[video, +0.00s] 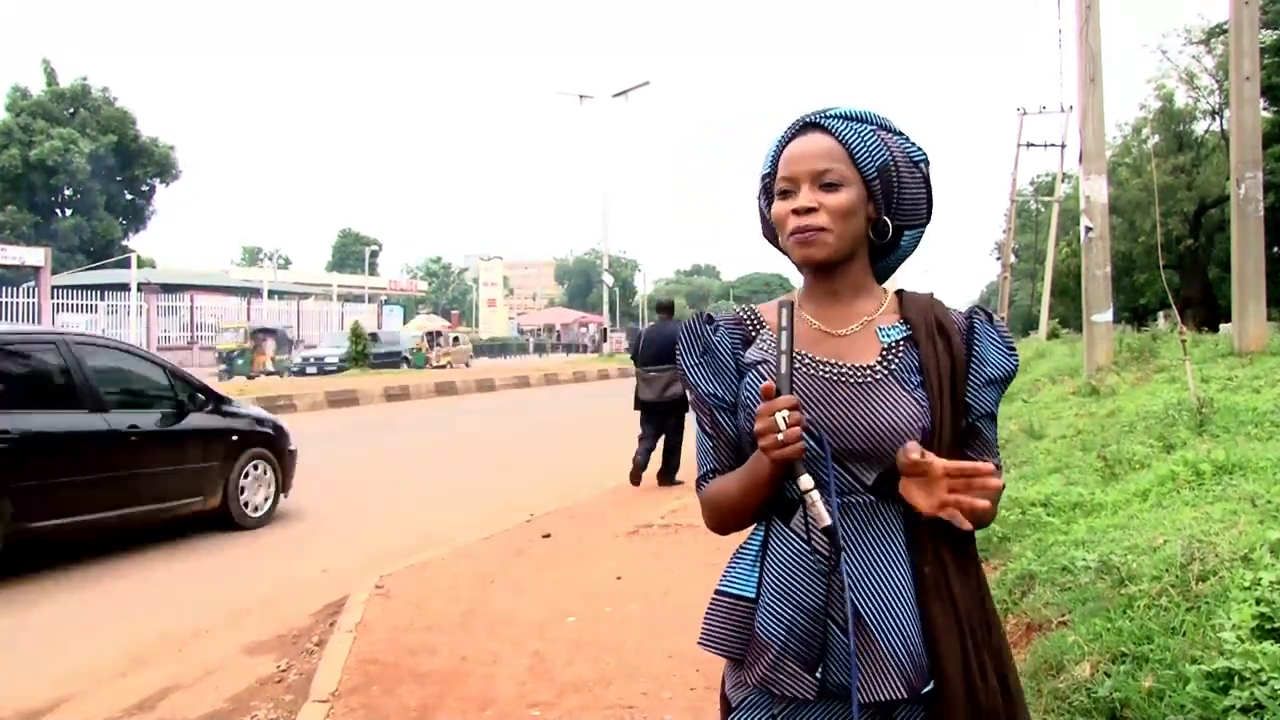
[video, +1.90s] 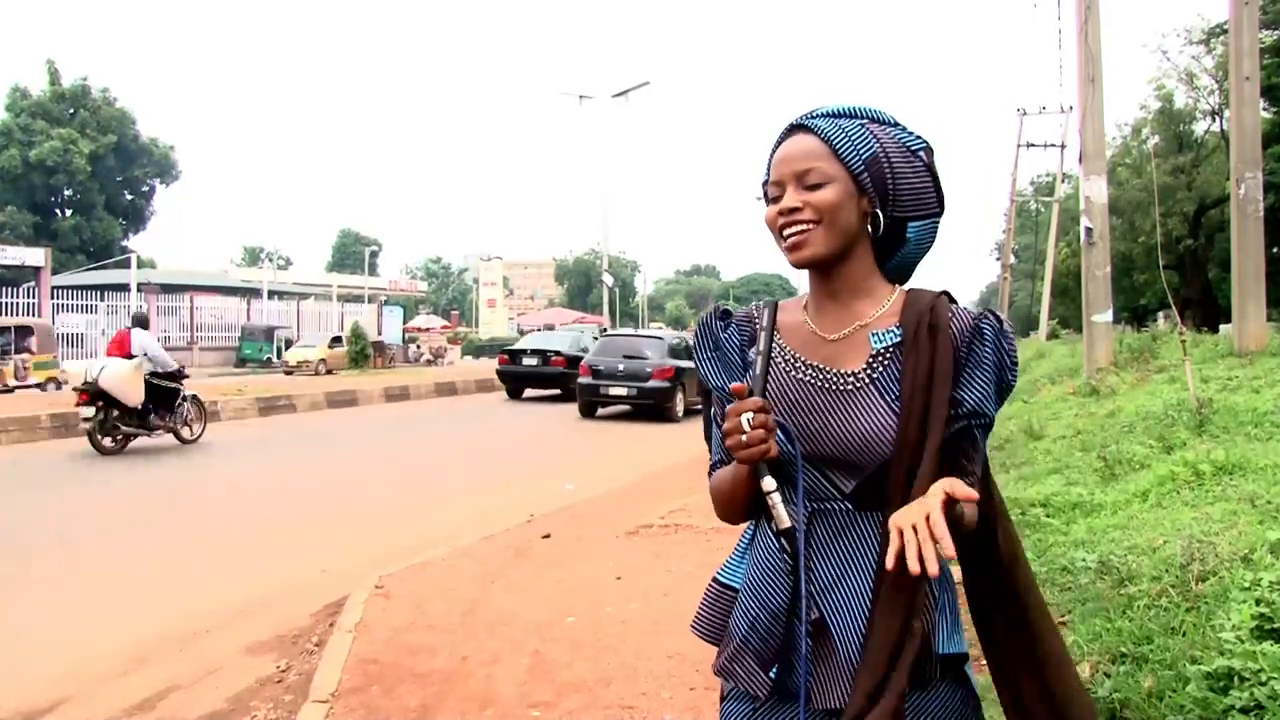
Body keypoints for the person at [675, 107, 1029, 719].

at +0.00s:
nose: (802, 204)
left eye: (828, 185)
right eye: (786, 191)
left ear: (875, 204)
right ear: (771, 213)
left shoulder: (948, 337)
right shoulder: (736, 343)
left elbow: (985, 495)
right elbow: (718, 514)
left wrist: (938, 491)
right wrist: (767, 459)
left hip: (918, 641)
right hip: (783, 646)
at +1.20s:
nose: (817, 228)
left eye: (847, 210)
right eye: (805, 209)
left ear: (894, 231)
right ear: (788, 224)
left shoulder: (960, 349)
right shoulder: (760, 361)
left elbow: (1001, 519)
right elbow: (743, 531)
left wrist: (960, 453)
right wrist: (786, 494)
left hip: (934, 625)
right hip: (809, 625)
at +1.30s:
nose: (821, 219)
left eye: (849, 202)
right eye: (807, 203)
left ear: (896, 226)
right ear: (790, 223)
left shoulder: (955, 342)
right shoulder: (760, 356)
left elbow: (1006, 514)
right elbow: (743, 525)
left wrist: (968, 395)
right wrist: (783, 486)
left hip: (930, 627)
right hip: (806, 627)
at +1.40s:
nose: (824, 208)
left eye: (850, 190)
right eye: (808, 196)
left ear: (900, 213)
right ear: (791, 220)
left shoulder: (961, 322)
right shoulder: (762, 347)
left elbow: (1014, 491)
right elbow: (742, 517)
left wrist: (975, 323)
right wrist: (781, 473)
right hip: (806, 635)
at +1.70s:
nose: (808, 200)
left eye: (835, 182)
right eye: (794, 188)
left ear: (892, 203)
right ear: (781, 212)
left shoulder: (954, 318)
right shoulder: (751, 336)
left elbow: (1023, 471)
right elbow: (733, 511)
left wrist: (977, 299)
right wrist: (757, 456)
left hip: (909, 627)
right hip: (782, 626)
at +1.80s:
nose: (796, 205)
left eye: (822, 184)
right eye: (783, 191)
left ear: (877, 201)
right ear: (772, 210)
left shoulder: (947, 327)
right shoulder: (750, 338)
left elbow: (996, 492)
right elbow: (730, 511)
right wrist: (751, 462)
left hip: (904, 623)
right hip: (779, 621)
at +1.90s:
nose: (786, 206)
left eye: (812, 183)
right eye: (774, 193)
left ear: (870, 197)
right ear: (766, 209)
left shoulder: (944, 333)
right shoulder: (746, 337)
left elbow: (972, 503)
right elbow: (727, 508)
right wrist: (745, 462)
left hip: (896, 632)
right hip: (772, 631)